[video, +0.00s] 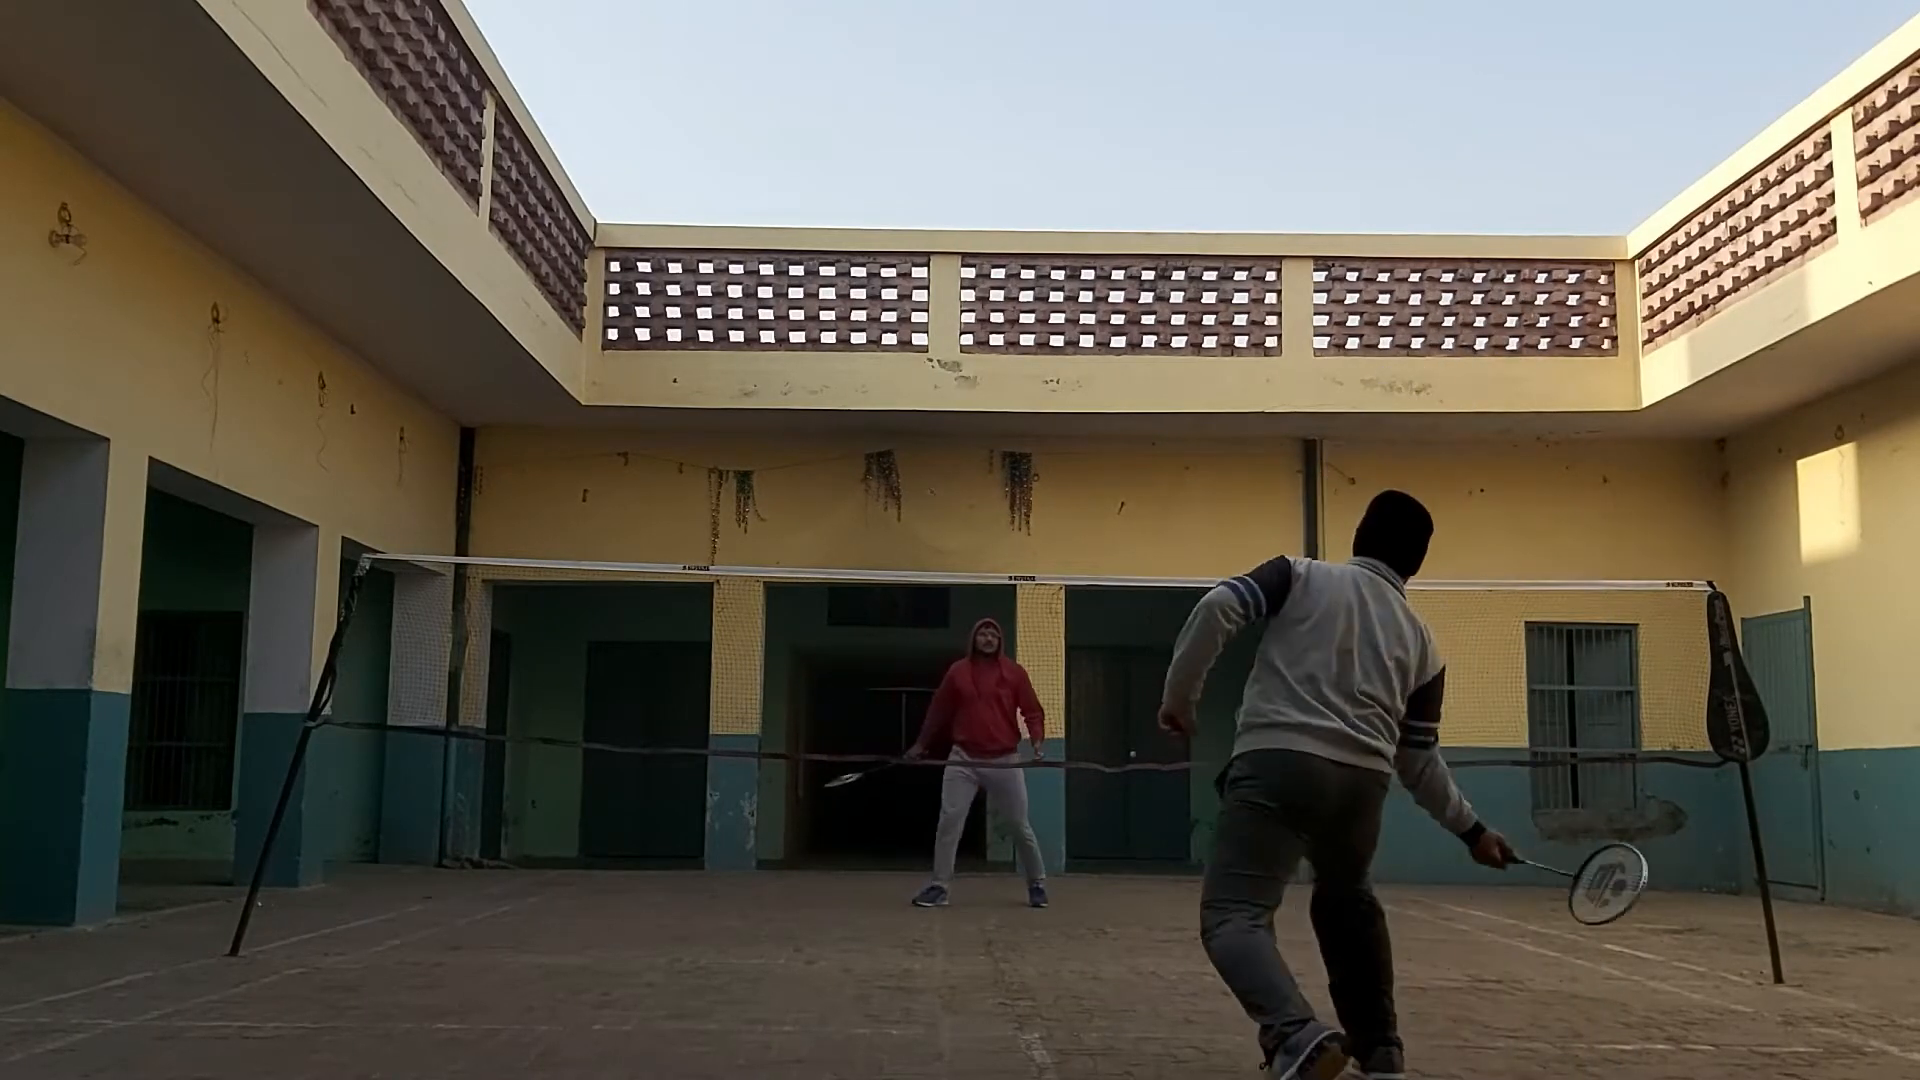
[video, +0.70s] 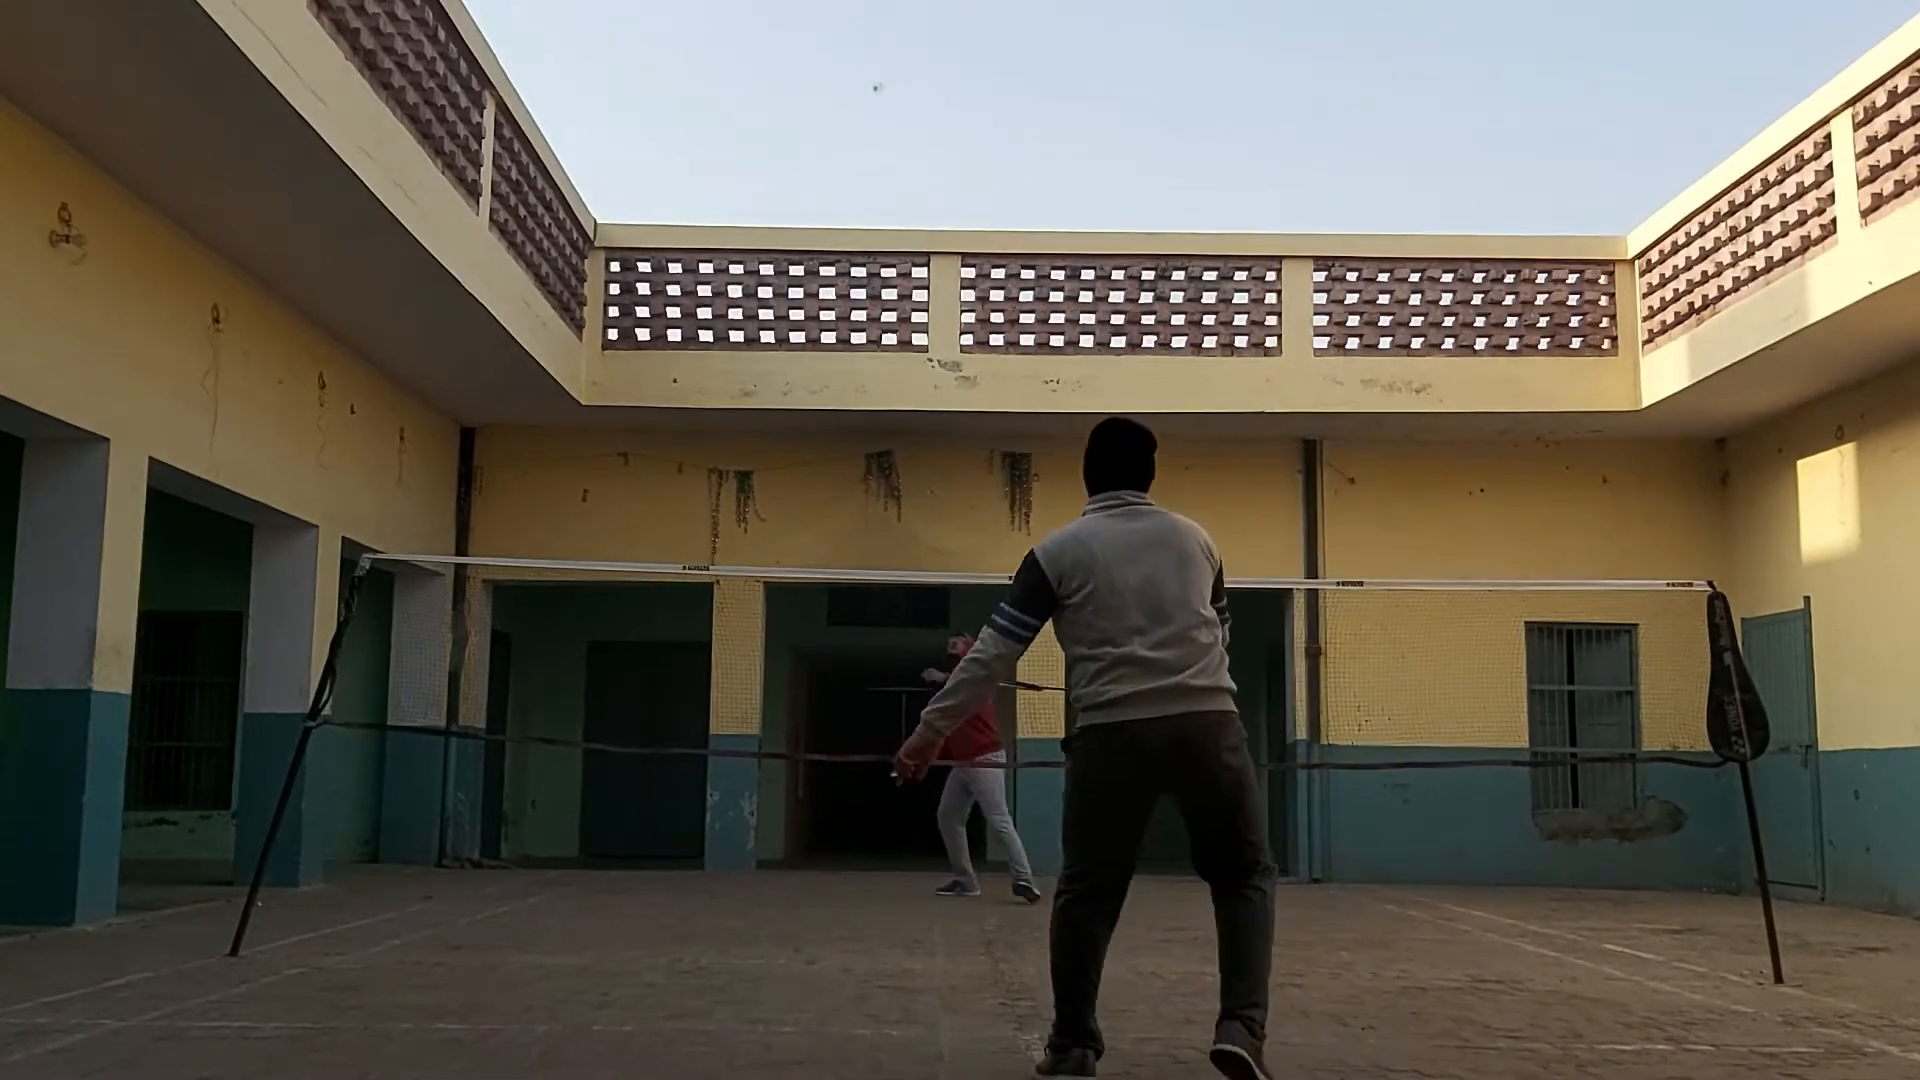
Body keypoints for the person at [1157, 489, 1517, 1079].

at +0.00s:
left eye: (1360, 534)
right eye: (1413, 552)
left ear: (1356, 539)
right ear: (1416, 562)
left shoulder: (1300, 574)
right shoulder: (1421, 645)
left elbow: (1220, 604)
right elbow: (1418, 759)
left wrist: (1178, 698)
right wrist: (1474, 830)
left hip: (1274, 757)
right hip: (1362, 782)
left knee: (1235, 916)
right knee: (1346, 895)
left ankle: (1296, 1035)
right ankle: (1379, 1050)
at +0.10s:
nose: (1346, 523)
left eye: (1350, 515)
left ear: (1348, 523)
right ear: (1405, 548)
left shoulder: (1302, 559)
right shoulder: (1401, 620)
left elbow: (1229, 602)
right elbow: (1359, 684)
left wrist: (1184, 687)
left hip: (1260, 741)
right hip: (1343, 763)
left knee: (1190, 896)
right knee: (1343, 891)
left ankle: (1257, 1046)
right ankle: (1379, 1052)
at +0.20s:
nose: (1322, 494)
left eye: (1327, 487)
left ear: (1324, 494)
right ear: (1380, 516)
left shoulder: (1283, 540)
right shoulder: (1377, 582)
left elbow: (1200, 586)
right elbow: (1319, 640)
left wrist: (1187, 665)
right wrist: (1236, 659)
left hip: (1248, 727)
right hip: (1330, 743)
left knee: (1161, 875)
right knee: (1328, 885)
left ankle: (1176, 1048)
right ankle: (1381, 1049)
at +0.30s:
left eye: (1275, 478)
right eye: (1334, 495)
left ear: (1272, 485)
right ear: (1333, 498)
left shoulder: (1238, 537)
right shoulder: (1336, 558)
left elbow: (1155, 597)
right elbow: (1275, 560)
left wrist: (1218, 604)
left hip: (1226, 723)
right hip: (1308, 733)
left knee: (1136, 874)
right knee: (1320, 879)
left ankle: (1090, 1033)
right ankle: (1373, 1037)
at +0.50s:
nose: (1164, 502)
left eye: (1165, 492)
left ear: (1164, 498)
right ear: (1226, 502)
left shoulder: (1136, 566)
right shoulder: (1253, 562)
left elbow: (1056, 630)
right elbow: (1197, 600)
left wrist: (1090, 589)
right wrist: (1149, 559)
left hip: (1162, 757)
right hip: (1253, 756)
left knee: (1093, 896)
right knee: (1293, 893)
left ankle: (1072, 1047)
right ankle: (1368, 1039)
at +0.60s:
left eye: (1125, 479)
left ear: (1117, 487)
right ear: (1183, 489)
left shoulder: (1083, 561)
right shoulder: (1220, 553)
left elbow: (1020, 643)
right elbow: (1209, 629)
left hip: (1131, 751)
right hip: (1228, 746)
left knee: (1086, 894)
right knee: (1272, 885)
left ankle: (1073, 1043)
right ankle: (1324, 1040)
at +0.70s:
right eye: (1146, 471)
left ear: (1086, 477)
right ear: (1152, 476)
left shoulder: (1058, 552)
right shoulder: (1195, 539)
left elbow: (990, 657)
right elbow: (1216, 630)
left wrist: (926, 733)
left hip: (1109, 737)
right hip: (1208, 727)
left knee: (1089, 886)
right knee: (1244, 875)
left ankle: (1073, 1044)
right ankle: (1241, 1025)